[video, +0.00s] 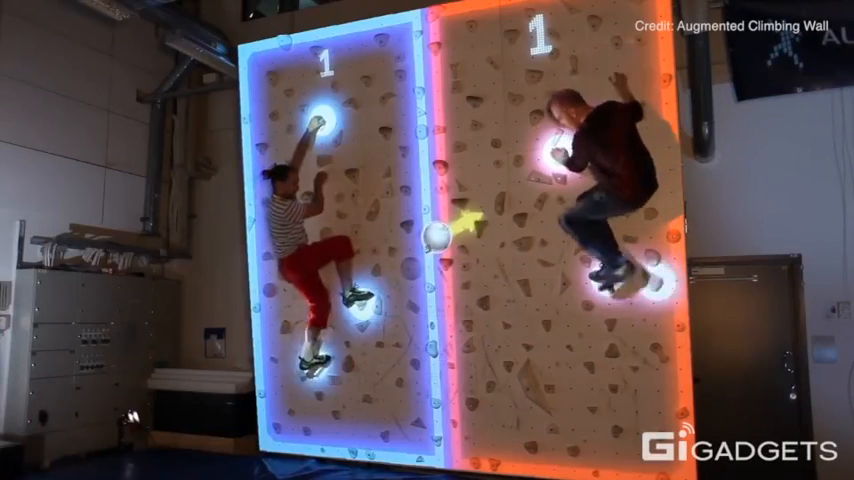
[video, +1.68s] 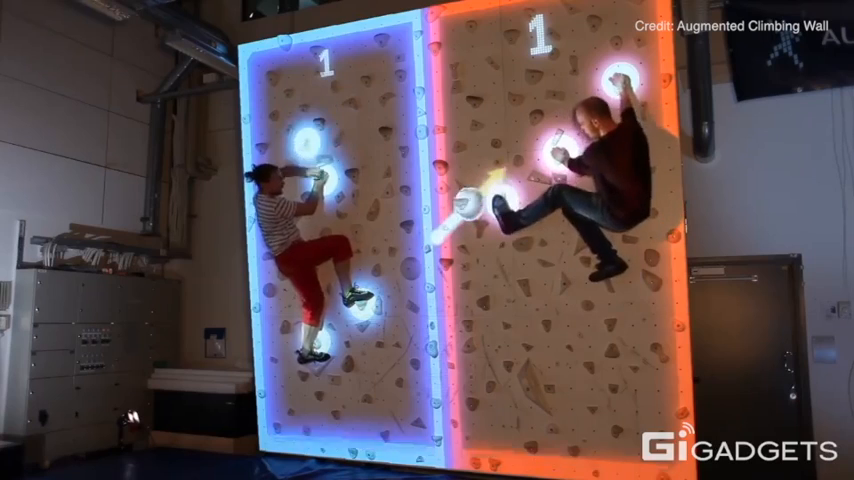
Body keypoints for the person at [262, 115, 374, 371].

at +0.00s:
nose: (296, 185)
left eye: (295, 181)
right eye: (292, 182)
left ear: (281, 184)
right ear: (281, 185)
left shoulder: (275, 201)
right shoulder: (285, 207)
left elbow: (296, 164)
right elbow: (317, 208)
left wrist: (310, 133)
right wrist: (319, 185)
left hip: (288, 266)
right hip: (300, 259)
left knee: (320, 303)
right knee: (341, 244)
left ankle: (309, 358)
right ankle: (349, 291)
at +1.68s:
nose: (281, 181)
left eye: (280, 177)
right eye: (277, 178)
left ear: (264, 184)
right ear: (266, 184)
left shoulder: (261, 198)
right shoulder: (275, 204)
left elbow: (284, 172)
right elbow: (309, 208)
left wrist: (309, 172)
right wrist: (318, 184)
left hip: (285, 259)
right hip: (294, 253)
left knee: (314, 300)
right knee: (339, 243)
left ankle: (306, 350)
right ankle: (348, 293)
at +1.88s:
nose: (288, 177)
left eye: (285, 174)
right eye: (283, 176)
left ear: (272, 182)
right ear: (272, 183)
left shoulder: (273, 193)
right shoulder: (279, 204)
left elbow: (307, 168)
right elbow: (311, 208)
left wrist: (338, 168)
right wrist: (319, 184)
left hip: (285, 253)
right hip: (292, 251)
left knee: (308, 299)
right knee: (338, 244)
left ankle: (306, 351)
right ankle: (348, 293)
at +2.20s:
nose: (306, 174)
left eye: (304, 170)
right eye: (301, 172)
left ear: (292, 178)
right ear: (290, 180)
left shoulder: (299, 184)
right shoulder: (288, 199)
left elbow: (335, 173)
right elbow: (319, 209)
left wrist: (375, 165)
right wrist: (321, 185)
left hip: (291, 246)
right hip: (293, 246)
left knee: (301, 297)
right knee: (339, 244)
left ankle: (304, 351)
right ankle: (348, 292)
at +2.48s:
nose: (306, 164)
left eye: (304, 162)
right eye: (302, 164)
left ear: (290, 171)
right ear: (294, 171)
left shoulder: (290, 183)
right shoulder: (293, 193)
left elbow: (318, 152)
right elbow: (322, 209)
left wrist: (342, 127)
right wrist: (321, 185)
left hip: (290, 246)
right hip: (300, 243)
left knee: (303, 296)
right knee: (345, 242)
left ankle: (305, 350)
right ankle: (348, 292)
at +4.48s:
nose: (283, 187)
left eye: (283, 183)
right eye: (279, 185)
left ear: (279, 181)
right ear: (269, 186)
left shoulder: (268, 195)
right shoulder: (279, 204)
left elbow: (290, 158)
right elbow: (311, 207)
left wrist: (308, 130)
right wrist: (320, 186)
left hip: (282, 254)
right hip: (291, 251)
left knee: (305, 300)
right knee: (333, 246)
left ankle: (305, 351)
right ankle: (346, 294)